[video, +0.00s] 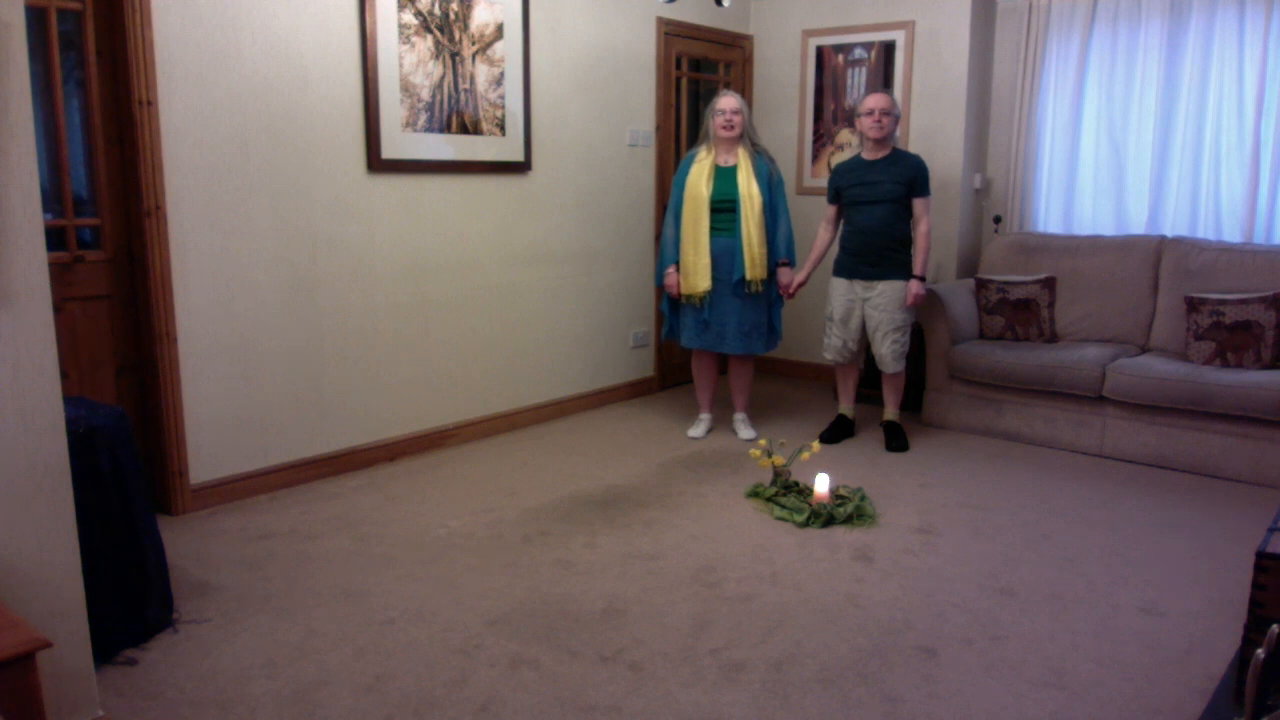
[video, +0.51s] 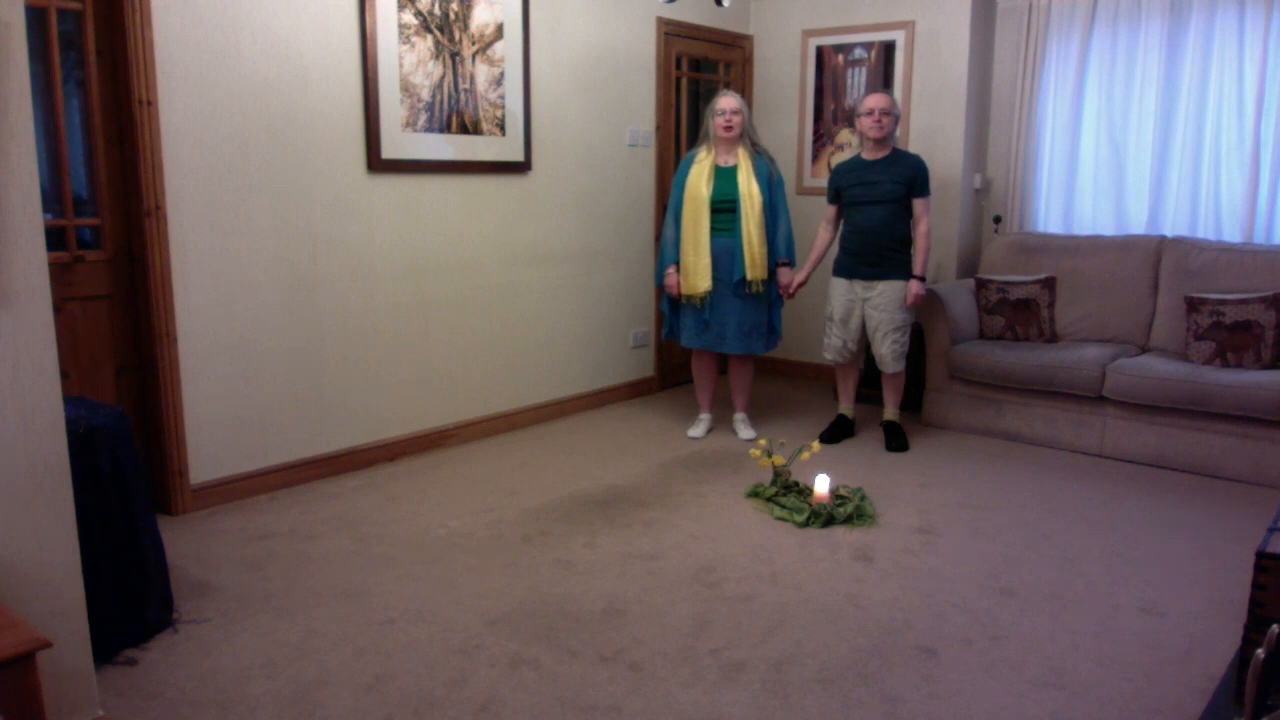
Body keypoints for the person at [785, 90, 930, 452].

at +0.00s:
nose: (877, 119)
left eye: (885, 114)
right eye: (870, 114)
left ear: (896, 121)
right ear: (857, 122)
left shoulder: (912, 167)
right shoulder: (842, 172)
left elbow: (922, 224)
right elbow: (828, 227)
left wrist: (918, 276)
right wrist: (804, 272)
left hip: (892, 279)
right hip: (847, 277)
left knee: (891, 354)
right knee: (843, 349)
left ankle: (892, 420)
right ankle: (845, 415)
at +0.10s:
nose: (877, 119)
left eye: (885, 114)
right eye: (870, 114)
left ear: (896, 121)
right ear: (857, 122)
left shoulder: (912, 167)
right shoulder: (842, 172)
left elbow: (922, 224)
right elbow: (828, 227)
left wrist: (918, 276)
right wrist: (804, 272)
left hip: (892, 279)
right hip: (847, 277)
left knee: (891, 354)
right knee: (843, 349)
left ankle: (892, 420)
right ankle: (845, 415)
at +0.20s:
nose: (877, 119)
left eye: (885, 114)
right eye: (870, 114)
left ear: (896, 121)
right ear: (857, 122)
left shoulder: (912, 167)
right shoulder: (842, 172)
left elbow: (922, 224)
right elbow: (828, 227)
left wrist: (918, 276)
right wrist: (804, 272)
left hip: (892, 279)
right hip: (847, 277)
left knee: (891, 354)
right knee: (843, 349)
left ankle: (892, 420)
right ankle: (845, 415)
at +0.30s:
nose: (877, 119)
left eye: (885, 114)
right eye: (870, 114)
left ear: (896, 121)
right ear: (857, 122)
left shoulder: (912, 167)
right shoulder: (842, 172)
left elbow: (922, 224)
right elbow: (828, 227)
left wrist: (918, 276)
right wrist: (804, 272)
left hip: (892, 279)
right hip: (847, 277)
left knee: (891, 354)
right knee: (843, 349)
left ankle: (892, 420)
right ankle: (845, 415)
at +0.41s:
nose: (877, 119)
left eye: (885, 114)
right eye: (870, 114)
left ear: (896, 121)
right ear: (857, 122)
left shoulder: (912, 167)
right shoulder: (842, 172)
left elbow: (922, 224)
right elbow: (828, 227)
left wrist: (918, 276)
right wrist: (804, 272)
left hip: (892, 279)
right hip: (847, 277)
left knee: (891, 354)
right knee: (843, 349)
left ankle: (892, 420)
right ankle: (845, 415)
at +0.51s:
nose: (877, 119)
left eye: (885, 114)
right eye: (870, 114)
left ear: (896, 121)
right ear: (857, 122)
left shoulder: (912, 167)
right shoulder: (842, 172)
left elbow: (922, 224)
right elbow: (828, 227)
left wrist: (918, 276)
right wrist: (804, 272)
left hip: (892, 279)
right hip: (847, 277)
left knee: (891, 354)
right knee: (843, 349)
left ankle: (891, 420)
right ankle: (845, 415)